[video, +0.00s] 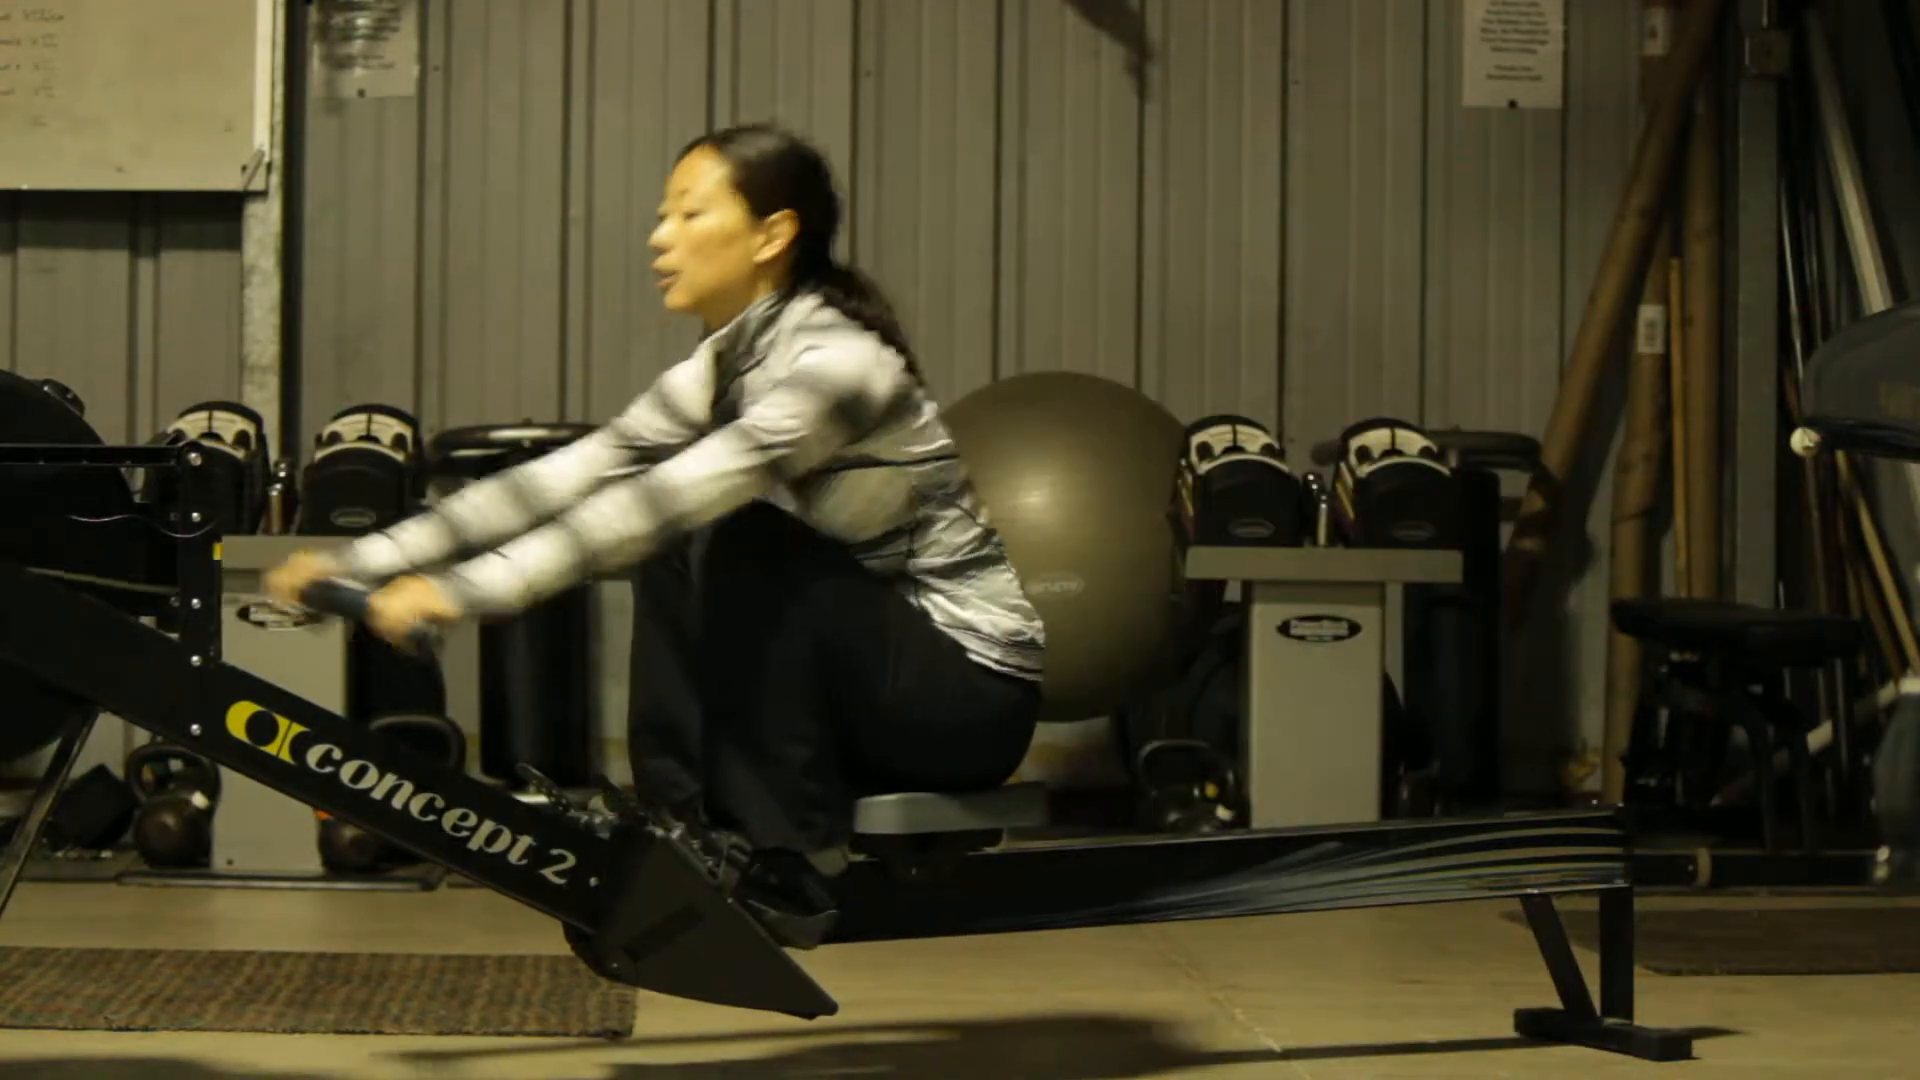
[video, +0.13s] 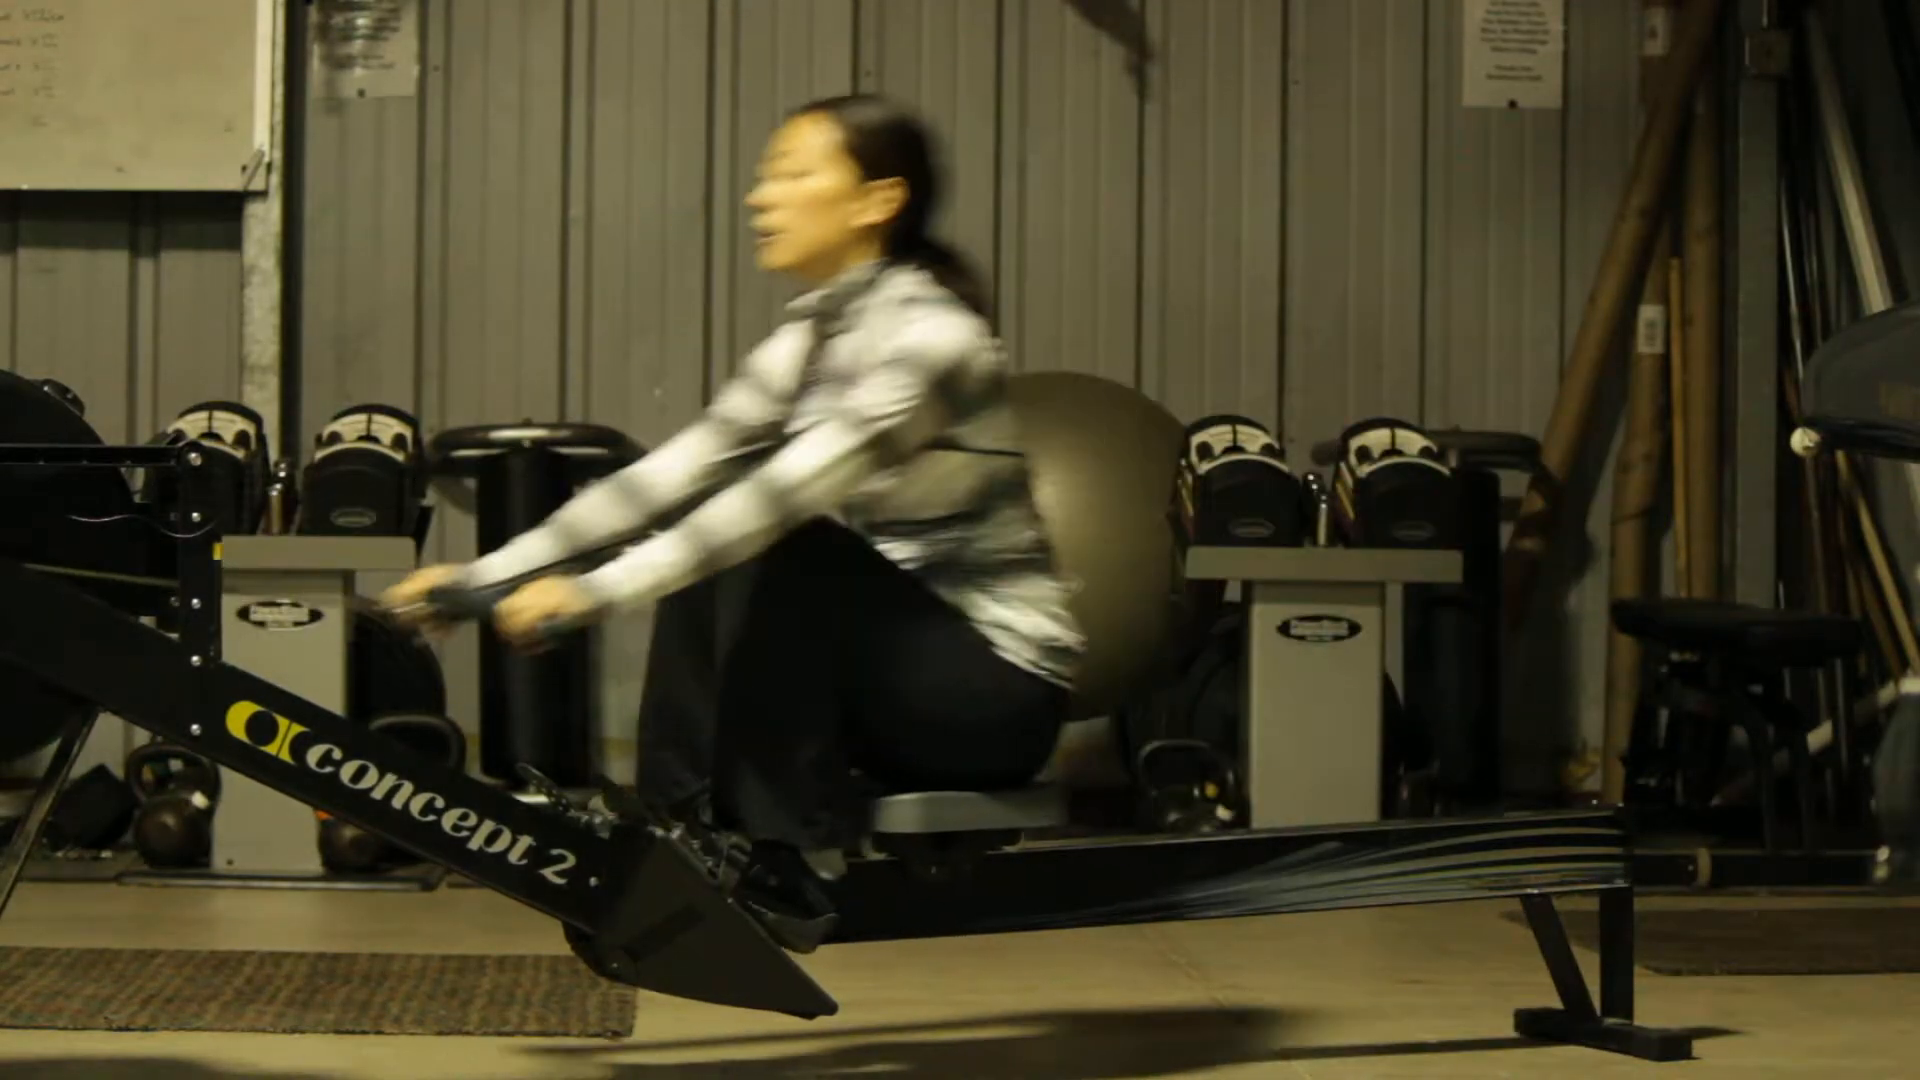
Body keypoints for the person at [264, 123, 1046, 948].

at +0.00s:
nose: (658, 240)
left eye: (688, 213)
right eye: (665, 215)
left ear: (773, 236)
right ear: (748, 242)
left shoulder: (833, 361)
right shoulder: (720, 364)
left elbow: (660, 506)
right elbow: (573, 474)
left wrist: (465, 589)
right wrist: (361, 559)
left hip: (968, 689)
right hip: (875, 676)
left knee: (750, 542)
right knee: (670, 545)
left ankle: (789, 866)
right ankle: (685, 828)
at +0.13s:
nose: (757, 196)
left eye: (789, 172)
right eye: (764, 175)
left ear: (880, 200)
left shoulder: (927, 334)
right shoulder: (811, 332)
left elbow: (779, 498)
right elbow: (675, 471)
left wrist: (595, 590)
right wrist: (484, 575)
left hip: (996, 699)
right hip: (901, 687)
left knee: (798, 548)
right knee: (720, 550)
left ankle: (789, 859)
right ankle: (682, 835)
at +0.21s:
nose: (854, 186)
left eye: (887, 162)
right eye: (861, 162)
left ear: (978, 191)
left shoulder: (1020, 322)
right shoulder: (900, 324)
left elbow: (866, 474)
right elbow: (760, 456)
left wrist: (682, 554)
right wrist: (568, 539)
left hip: (1045, 698)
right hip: (957, 685)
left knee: (838, 562)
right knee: (749, 557)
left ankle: (775, 860)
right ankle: (677, 823)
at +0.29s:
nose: (968, 187)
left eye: (1000, 165)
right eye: (973, 164)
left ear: (1088, 189)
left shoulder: (1116, 321)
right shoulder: (1003, 322)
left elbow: (954, 445)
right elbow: (850, 425)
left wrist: (766, 509)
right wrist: (644, 494)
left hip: (1112, 697)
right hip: (1035, 684)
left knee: (879, 558)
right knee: (806, 550)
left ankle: (781, 856)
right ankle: (692, 826)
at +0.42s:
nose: (1124, 187)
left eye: (1154, 164)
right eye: (1126, 165)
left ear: (1239, 187)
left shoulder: (1250, 322)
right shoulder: (1131, 323)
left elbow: (1081, 411)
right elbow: (970, 395)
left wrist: (894, 459)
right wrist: (763, 448)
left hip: (1195, 696)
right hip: (1117, 684)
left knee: (937, 577)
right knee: (873, 570)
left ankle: (801, 860)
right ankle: (711, 821)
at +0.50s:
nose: (1209, 189)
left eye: (1239, 168)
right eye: (1213, 169)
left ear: (1324, 191)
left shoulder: (1327, 322)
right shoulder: (1217, 319)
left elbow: (1161, 405)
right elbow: (1057, 388)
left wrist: (980, 450)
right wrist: (849, 438)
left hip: (1250, 685)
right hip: (1171, 664)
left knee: (967, 602)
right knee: (904, 596)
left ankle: (815, 868)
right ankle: (734, 830)